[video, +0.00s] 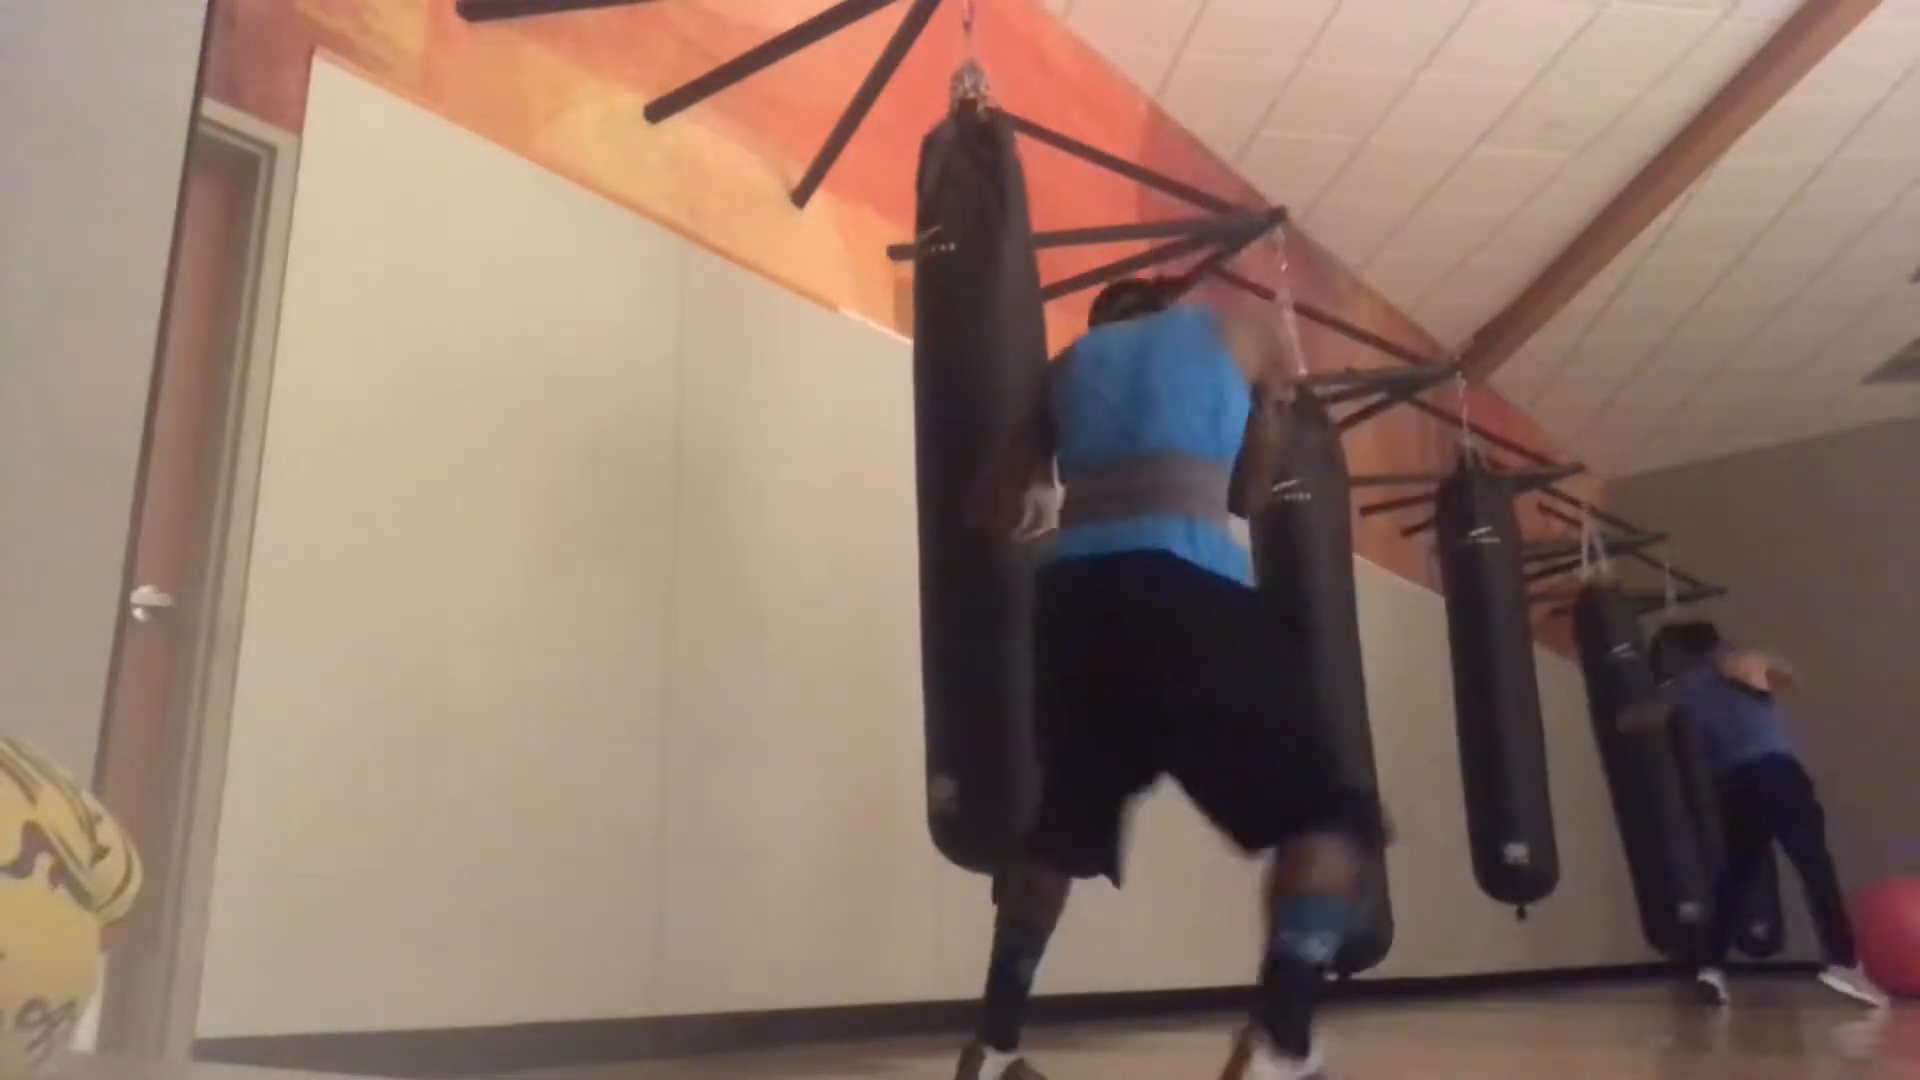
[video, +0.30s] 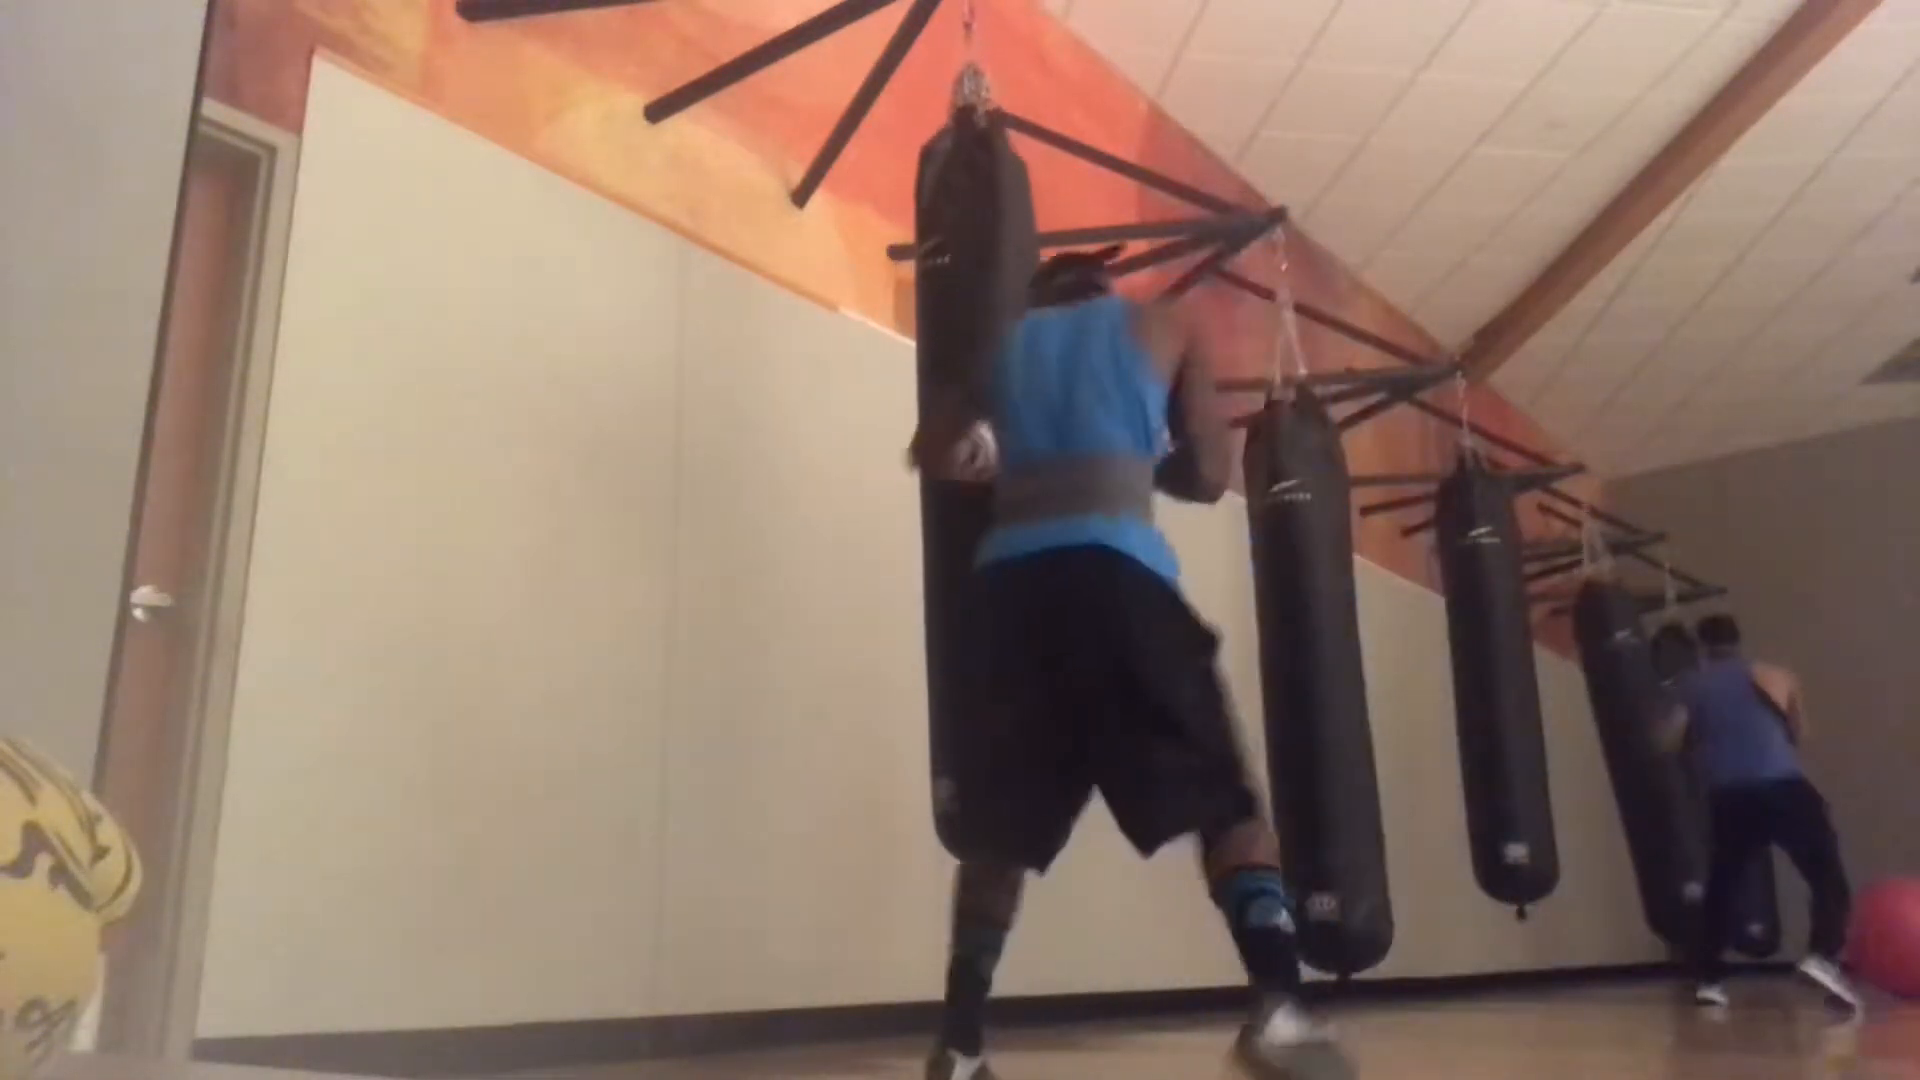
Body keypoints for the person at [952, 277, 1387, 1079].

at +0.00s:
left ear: (1098, 325)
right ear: (1177, 309)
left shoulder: (1063, 372)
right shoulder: (1242, 327)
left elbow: (994, 513)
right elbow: (1253, 488)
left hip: (1075, 595)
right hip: (1196, 592)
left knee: (1061, 816)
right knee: (1315, 813)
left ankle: (994, 1042)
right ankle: (1282, 1041)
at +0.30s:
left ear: (1029, 300)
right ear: (1108, 289)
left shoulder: (994, 346)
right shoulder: (1165, 325)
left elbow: (942, 451)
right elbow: (1210, 476)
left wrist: (977, 446)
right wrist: (1134, 453)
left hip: (1005, 594)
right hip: (1125, 587)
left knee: (998, 822)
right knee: (1224, 799)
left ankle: (959, 1040)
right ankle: (1280, 1000)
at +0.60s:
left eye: (972, 285)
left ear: (981, 270)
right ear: (1043, 263)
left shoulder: (966, 308)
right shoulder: (1113, 318)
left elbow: (940, 462)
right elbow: (1133, 449)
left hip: (1005, 565)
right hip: (1120, 563)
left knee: (976, 811)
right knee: (1198, 784)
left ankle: (956, 1047)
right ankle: (1335, 948)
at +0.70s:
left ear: (970, 247)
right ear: (1046, 246)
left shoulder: (965, 310)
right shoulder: (1125, 305)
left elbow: (935, 463)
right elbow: (1177, 456)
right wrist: (1090, 494)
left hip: (1007, 572)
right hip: (1130, 567)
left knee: (984, 814)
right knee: (1213, 772)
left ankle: (955, 1046)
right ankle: (1347, 947)